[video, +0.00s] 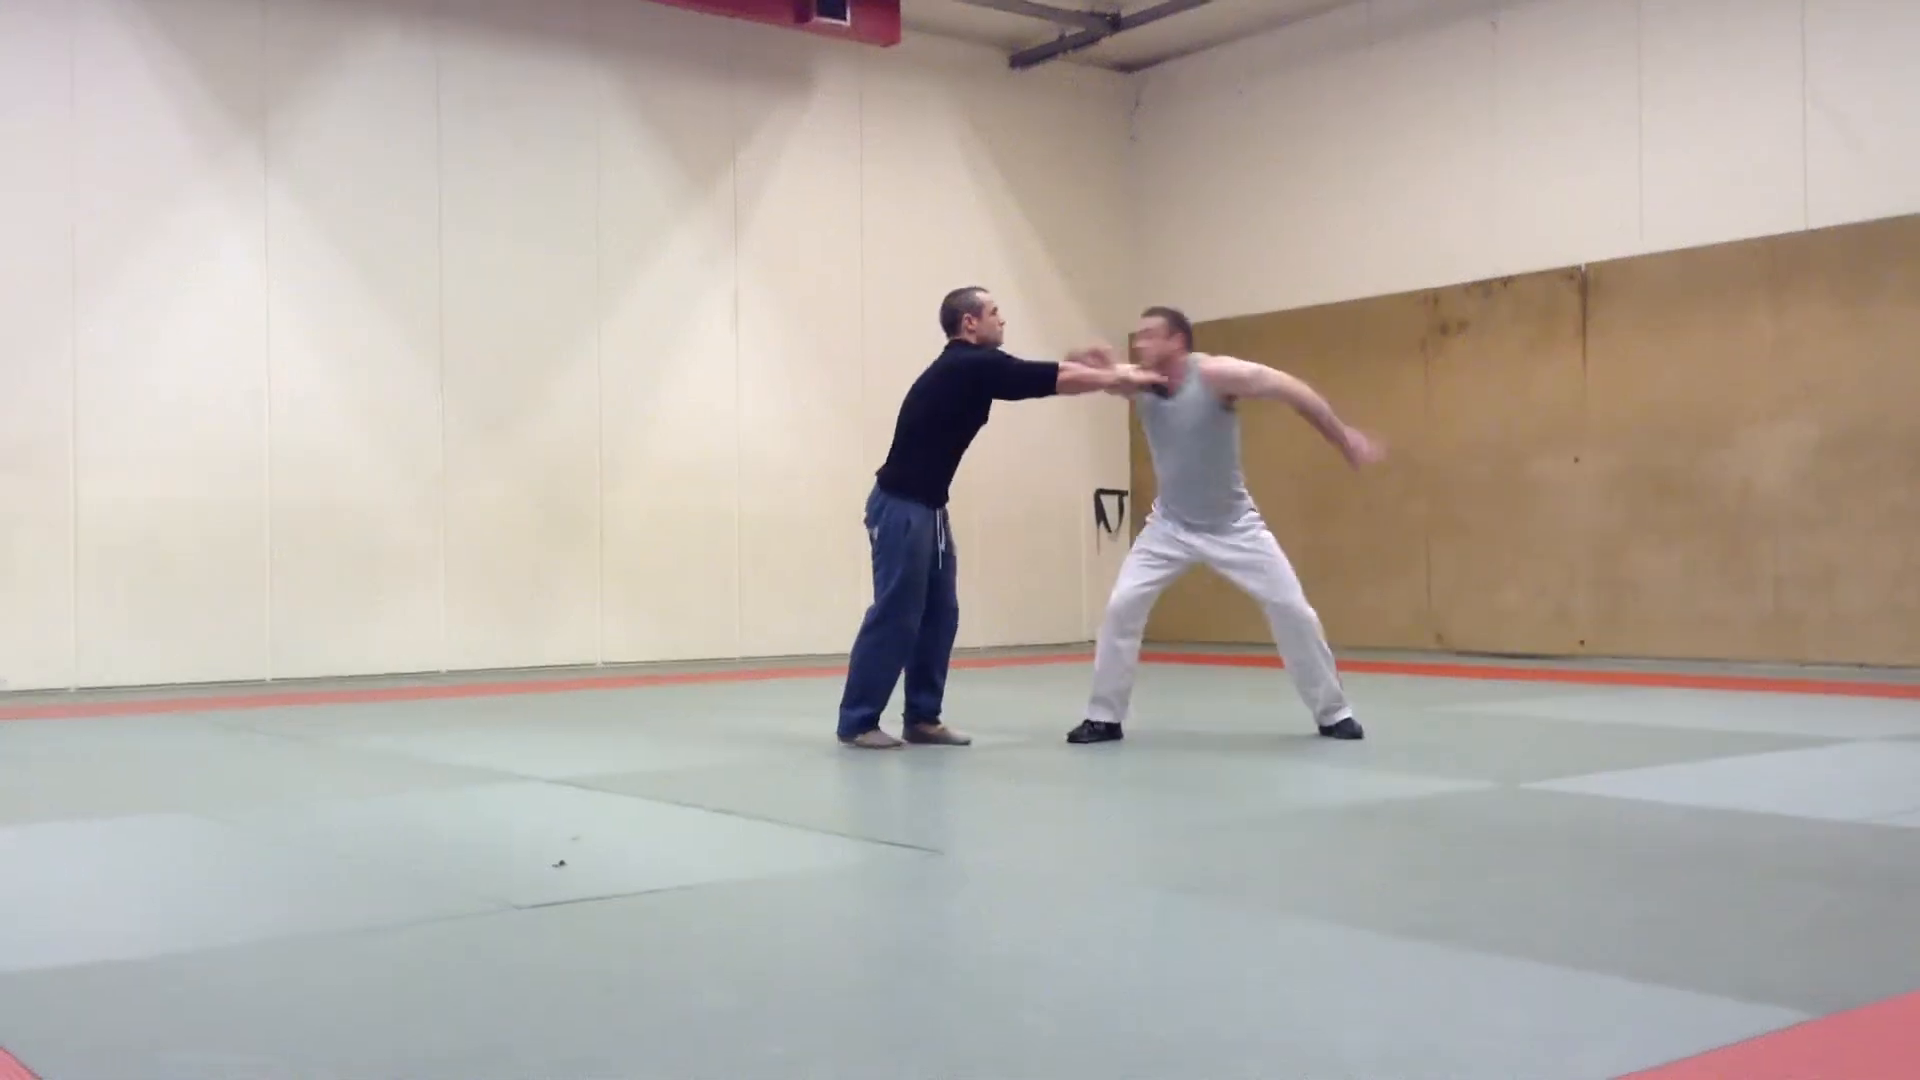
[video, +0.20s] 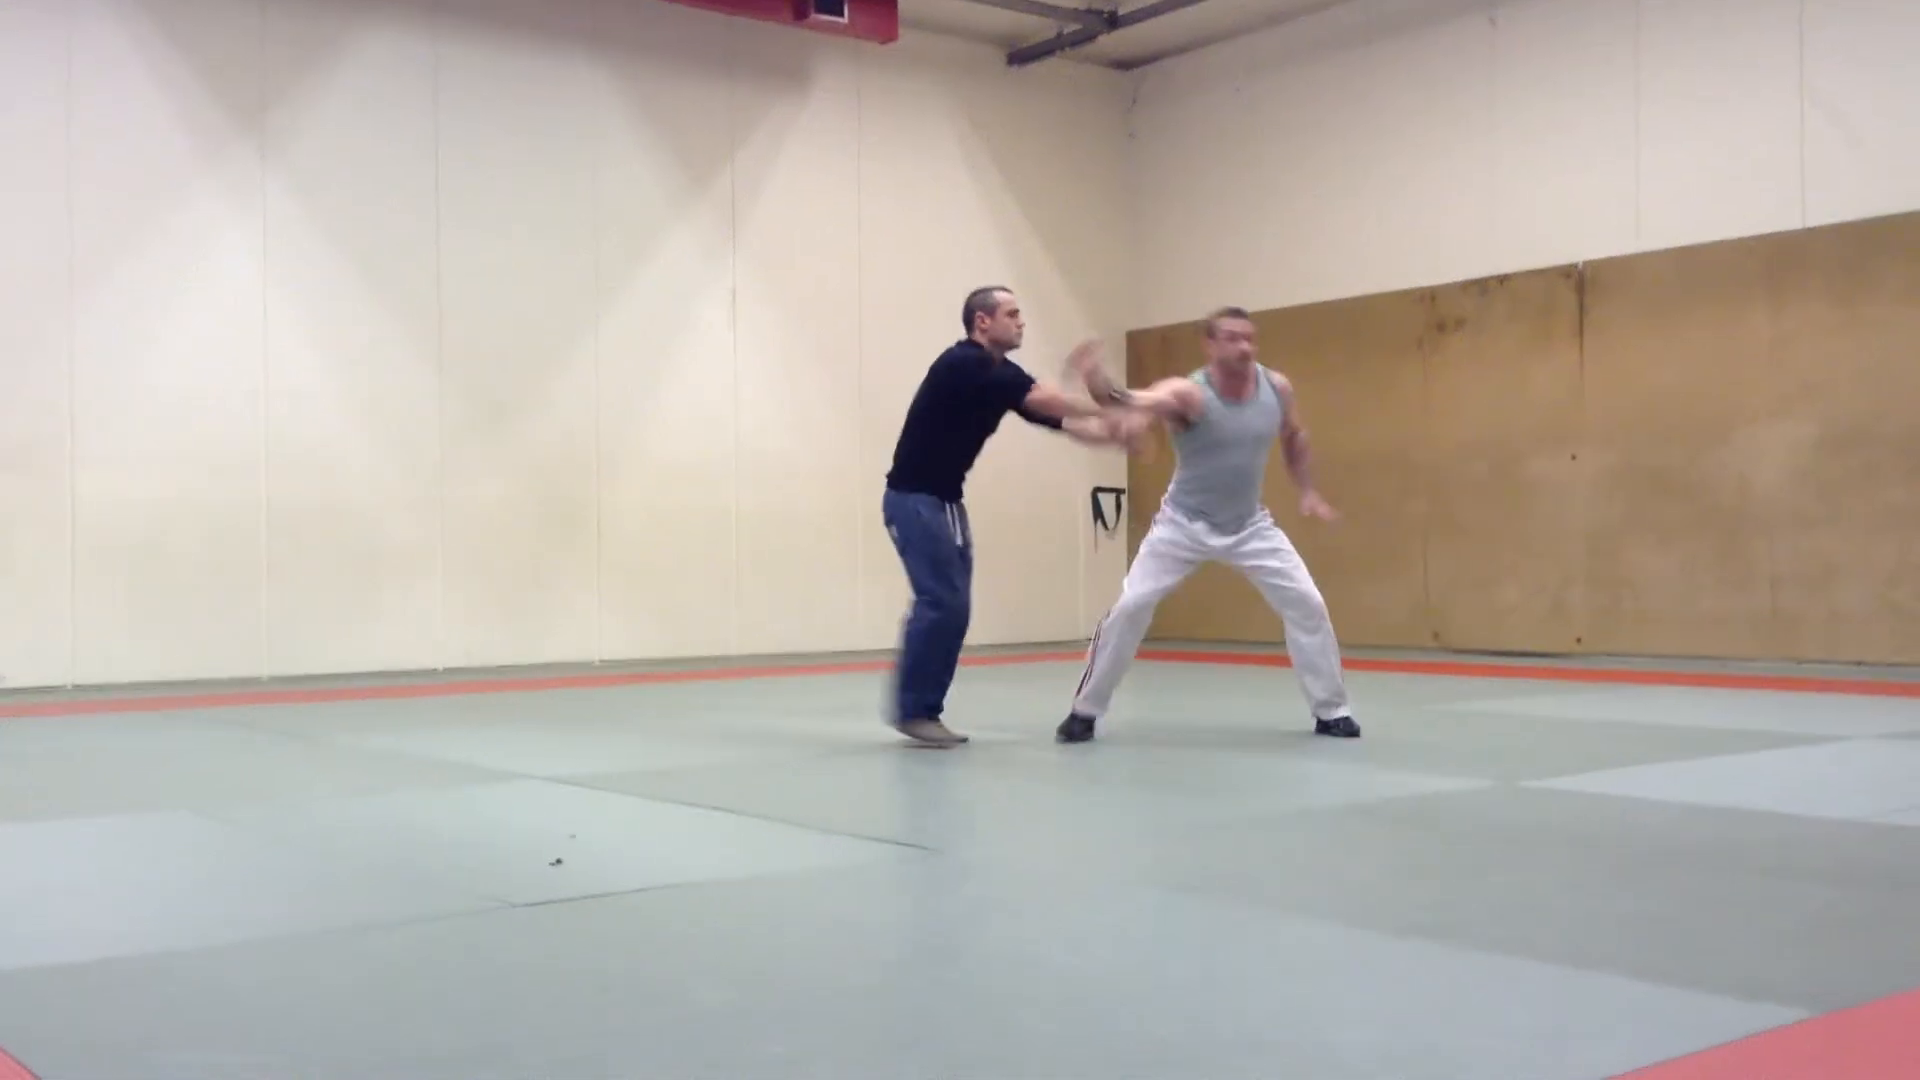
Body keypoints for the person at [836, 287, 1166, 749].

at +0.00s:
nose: (1002, 319)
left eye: (998, 312)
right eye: (993, 313)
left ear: (967, 325)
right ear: (969, 324)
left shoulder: (973, 364)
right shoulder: (969, 365)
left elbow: (1038, 377)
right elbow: (1050, 380)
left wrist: (1085, 367)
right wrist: (1123, 377)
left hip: (929, 510)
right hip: (902, 509)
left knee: (939, 616)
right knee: (897, 614)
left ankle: (921, 721)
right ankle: (856, 723)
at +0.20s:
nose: (1021, 321)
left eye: (1020, 314)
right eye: (1012, 315)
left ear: (991, 323)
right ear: (982, 322)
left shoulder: (996, 372)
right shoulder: (970, 362)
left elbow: (1055, 420)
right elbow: (1051, 402)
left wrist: (1116, 429)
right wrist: (1129, 406)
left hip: (944, 502)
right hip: (916, 501)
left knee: (952, 606)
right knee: (941, 602)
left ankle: (922, 711)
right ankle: (913, 712)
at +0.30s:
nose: (1031, 330)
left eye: (1030, 322)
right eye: (1021, 323)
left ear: (1000, 329)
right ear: (990, 327)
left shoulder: (1017, 383)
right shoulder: (958, 373)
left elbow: (1057, 427)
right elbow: (1003, 421)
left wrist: (1084, 448)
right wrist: (1062, 442)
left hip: (963, 508)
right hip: (928, 507)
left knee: (965, 612)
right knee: (961, 612)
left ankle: (923, 712)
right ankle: (985, 729)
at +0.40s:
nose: (1035, 340)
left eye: (1035, 333)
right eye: (1027, 333)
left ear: (1012, 338)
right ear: (996, 338)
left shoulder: (1029, 397)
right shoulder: (954, 387)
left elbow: (1053, 450)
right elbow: (968, 452)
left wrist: (1057, 488)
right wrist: (1015, 487)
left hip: (978, 519)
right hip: (943, 518)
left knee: (981, 619)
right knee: (986, 616)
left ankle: (924, 715)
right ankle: (987, 733)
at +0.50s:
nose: (1047, 346)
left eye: (1046, 338)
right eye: (1037, 338)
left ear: (1018, 344)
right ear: (1007, 343)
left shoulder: (1041, 403)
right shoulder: (962, 394)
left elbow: (1052, 467)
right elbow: (941, 465)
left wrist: (1034, 510)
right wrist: (964, 518)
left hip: (989, 522)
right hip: (950, 521)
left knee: (990, 625)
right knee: (998, 623)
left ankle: (926, 713)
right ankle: (987, 737)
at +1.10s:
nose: (1061, 340)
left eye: (1060, 331)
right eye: (1056, 331)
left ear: (1025, 334)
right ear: (1031, 335)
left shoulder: (1006, 379)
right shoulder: (1004, 385)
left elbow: (1016, 460)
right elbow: (1002, 468)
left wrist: (1049, 501)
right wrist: (1030, 523)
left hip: (955, 517)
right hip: (969, 521)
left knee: (969, 622)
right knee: (999, 626)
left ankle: (937, 722)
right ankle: (987, 739)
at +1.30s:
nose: (1037, 337)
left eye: (1036, 328)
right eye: (1035, 328)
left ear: (988, 328)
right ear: (1024, 329)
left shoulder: (964, 371)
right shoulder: (1007, 382)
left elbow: (950, 445)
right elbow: (1021, 462)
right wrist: (1056, 520)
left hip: (942, 517)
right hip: (976, 523)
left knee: (960, 623)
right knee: (1000, 628)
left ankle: (937, 726)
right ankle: (987, 740)